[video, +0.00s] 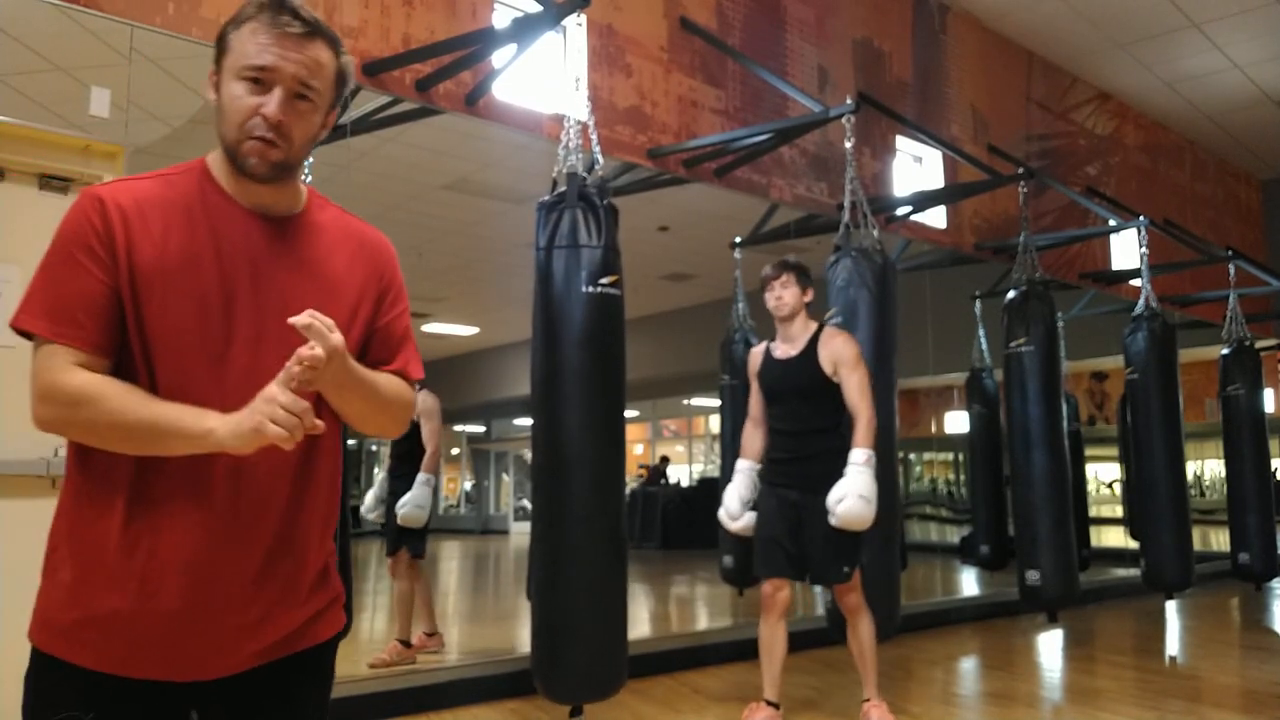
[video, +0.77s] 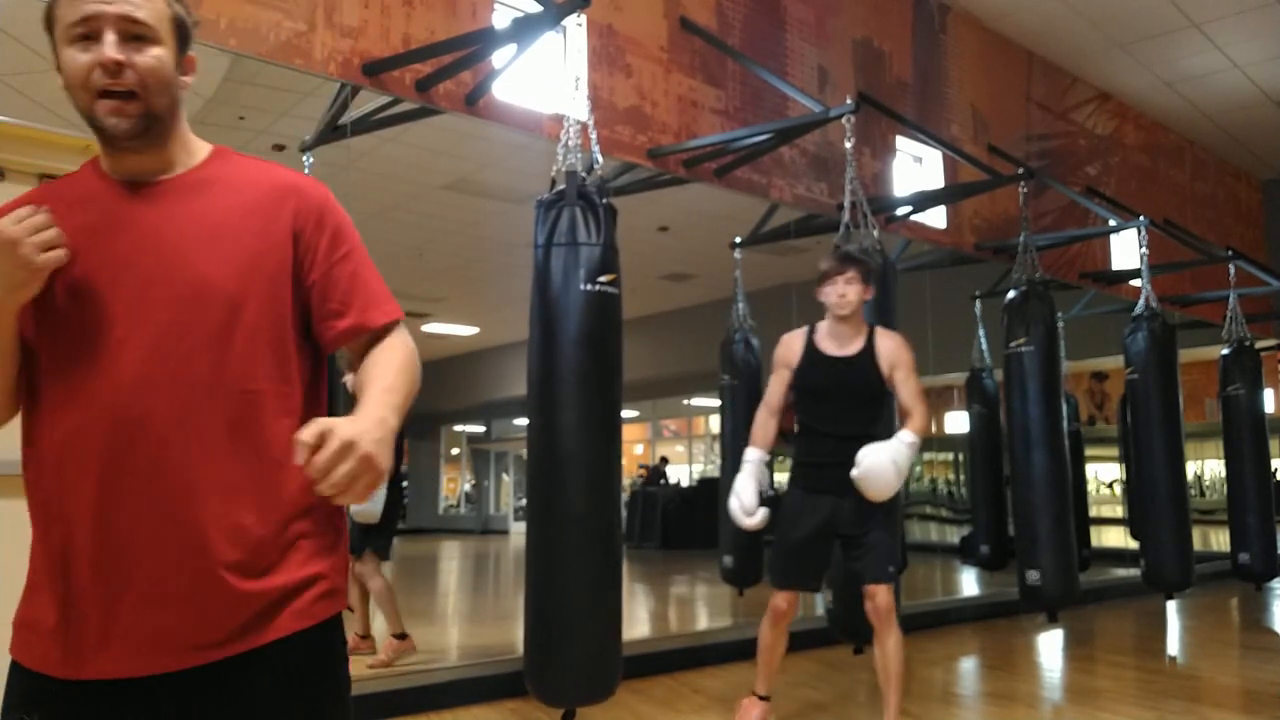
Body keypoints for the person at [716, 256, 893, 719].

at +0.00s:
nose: (776, 293)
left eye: (785, 285)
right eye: (770, 288)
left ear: (807, 294)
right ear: (765, 300)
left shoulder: (836, 343)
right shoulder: (760, 356)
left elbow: (864, 413)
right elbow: (755, 424)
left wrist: (860, 472)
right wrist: (742, 484)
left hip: (831, 489)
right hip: (777, 491)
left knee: (849, 598)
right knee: (773, 597)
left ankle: (872, 699)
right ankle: (769, 704)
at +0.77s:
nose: (840, 289)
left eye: (851, 282)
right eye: (833, 281)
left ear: (868, 291)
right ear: (820, 290)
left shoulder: (888, 346)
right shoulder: (794, 344)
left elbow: (919, 414)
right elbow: (769, 412)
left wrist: (899, 450)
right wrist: (752, 469)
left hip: (870, 495)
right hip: (806, 494)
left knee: (880, 602)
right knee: (781, 604)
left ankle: (892, 714)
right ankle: (759, 698)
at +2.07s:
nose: (783, 300)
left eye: (792, 291)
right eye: (779, 292)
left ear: (821, 294)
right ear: (778, 300)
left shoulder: (860, 339)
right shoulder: (788, 349)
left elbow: (903, 408)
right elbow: (783, 414)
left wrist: (864, 445)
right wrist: (766, 452)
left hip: (859, 491)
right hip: (805, 491)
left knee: (859, 605)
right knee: (770, 599)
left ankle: (913, 712)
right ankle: (783, 706)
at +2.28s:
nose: (747, 308)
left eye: (754, 298)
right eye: (745, 300)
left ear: (783, 300)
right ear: (765, 306)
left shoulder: (812, 340)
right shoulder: (789, 349)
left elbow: (837, 406)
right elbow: (802, 422)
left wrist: (818, 468)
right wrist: (766, 440)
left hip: (818, 487)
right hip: (790, 488)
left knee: (827, 604)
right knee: (758, 596)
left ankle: (914, 708)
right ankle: (781, 706)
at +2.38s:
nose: (741, 309)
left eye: (748, 300)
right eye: (739, 302)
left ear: (776, 302)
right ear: (762, 306)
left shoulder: (802, 342)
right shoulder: (782, 349)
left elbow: (824, 406)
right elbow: (795, 422)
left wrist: (803, 471)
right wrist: (759, 443)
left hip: (812, 486)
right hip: (783, 486)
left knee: (819, 603)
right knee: (754, 596)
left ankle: (911, 706)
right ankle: (781, 707)